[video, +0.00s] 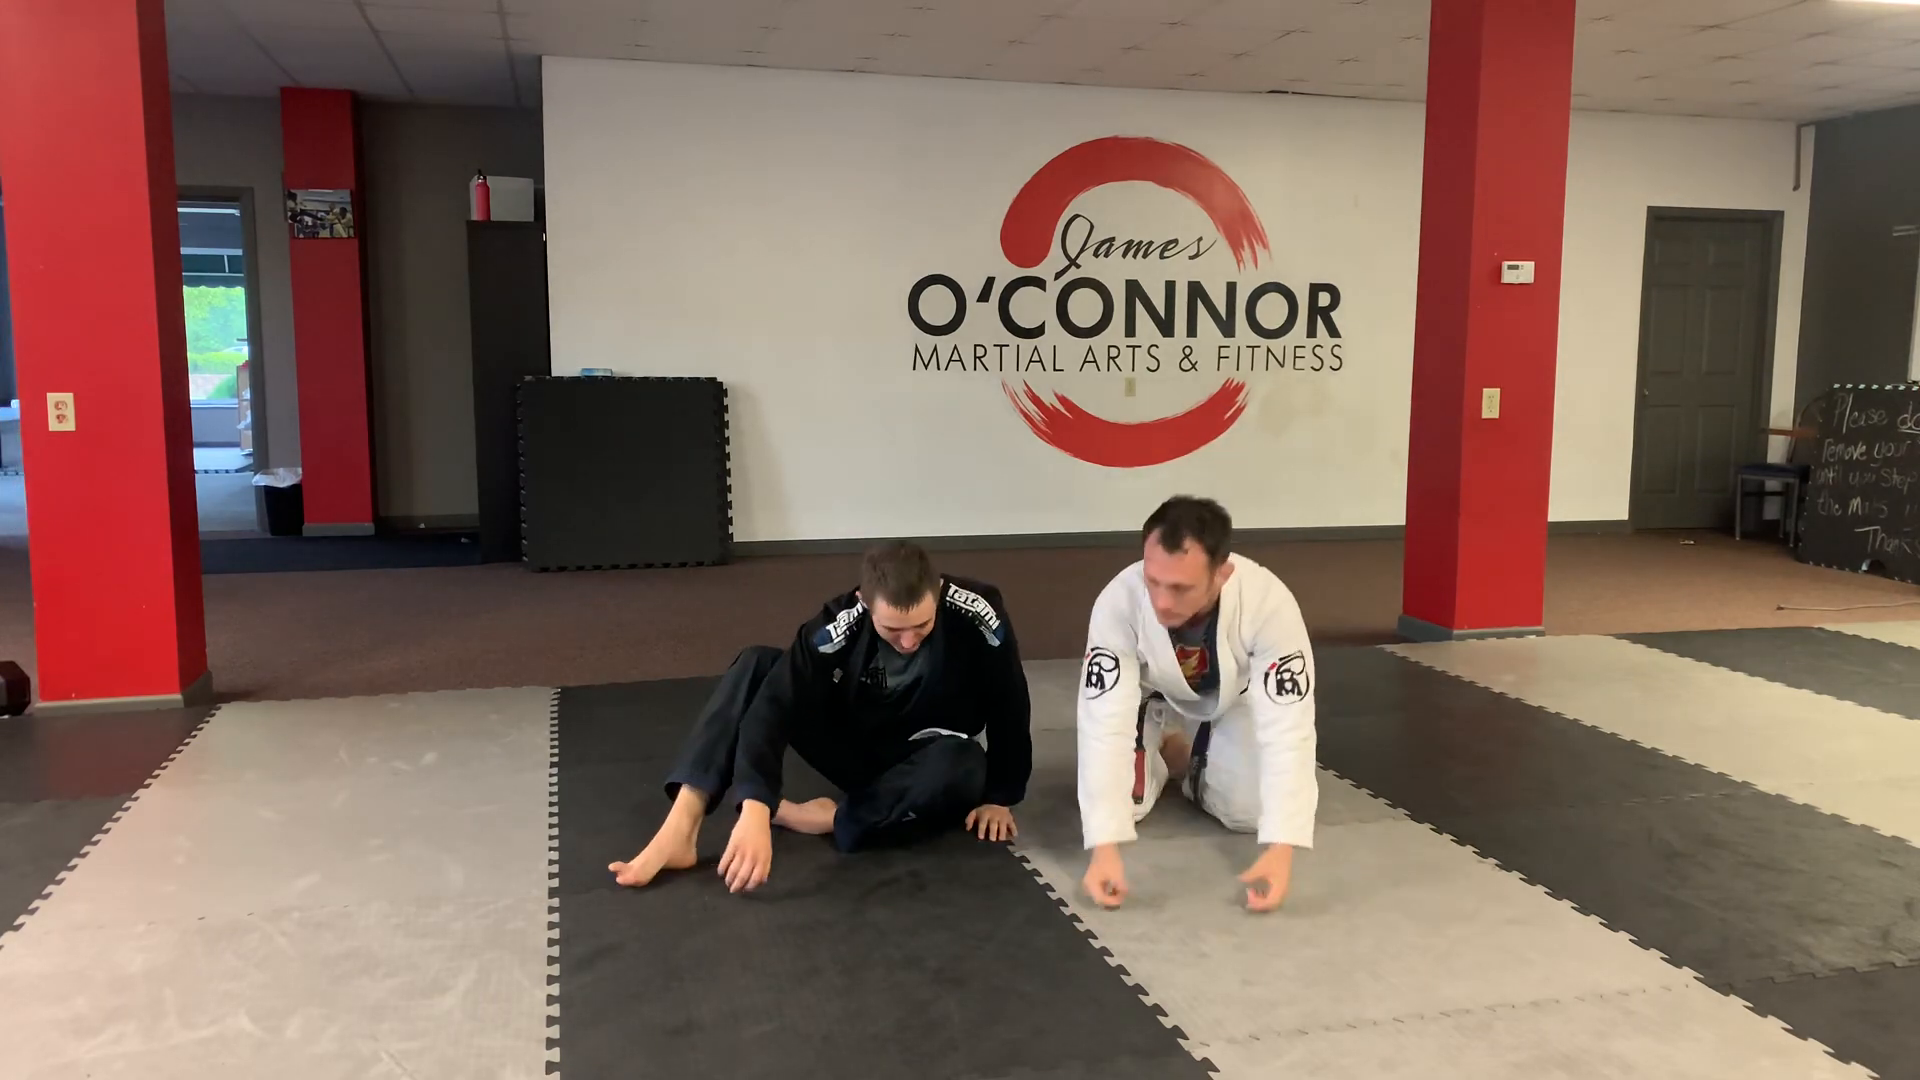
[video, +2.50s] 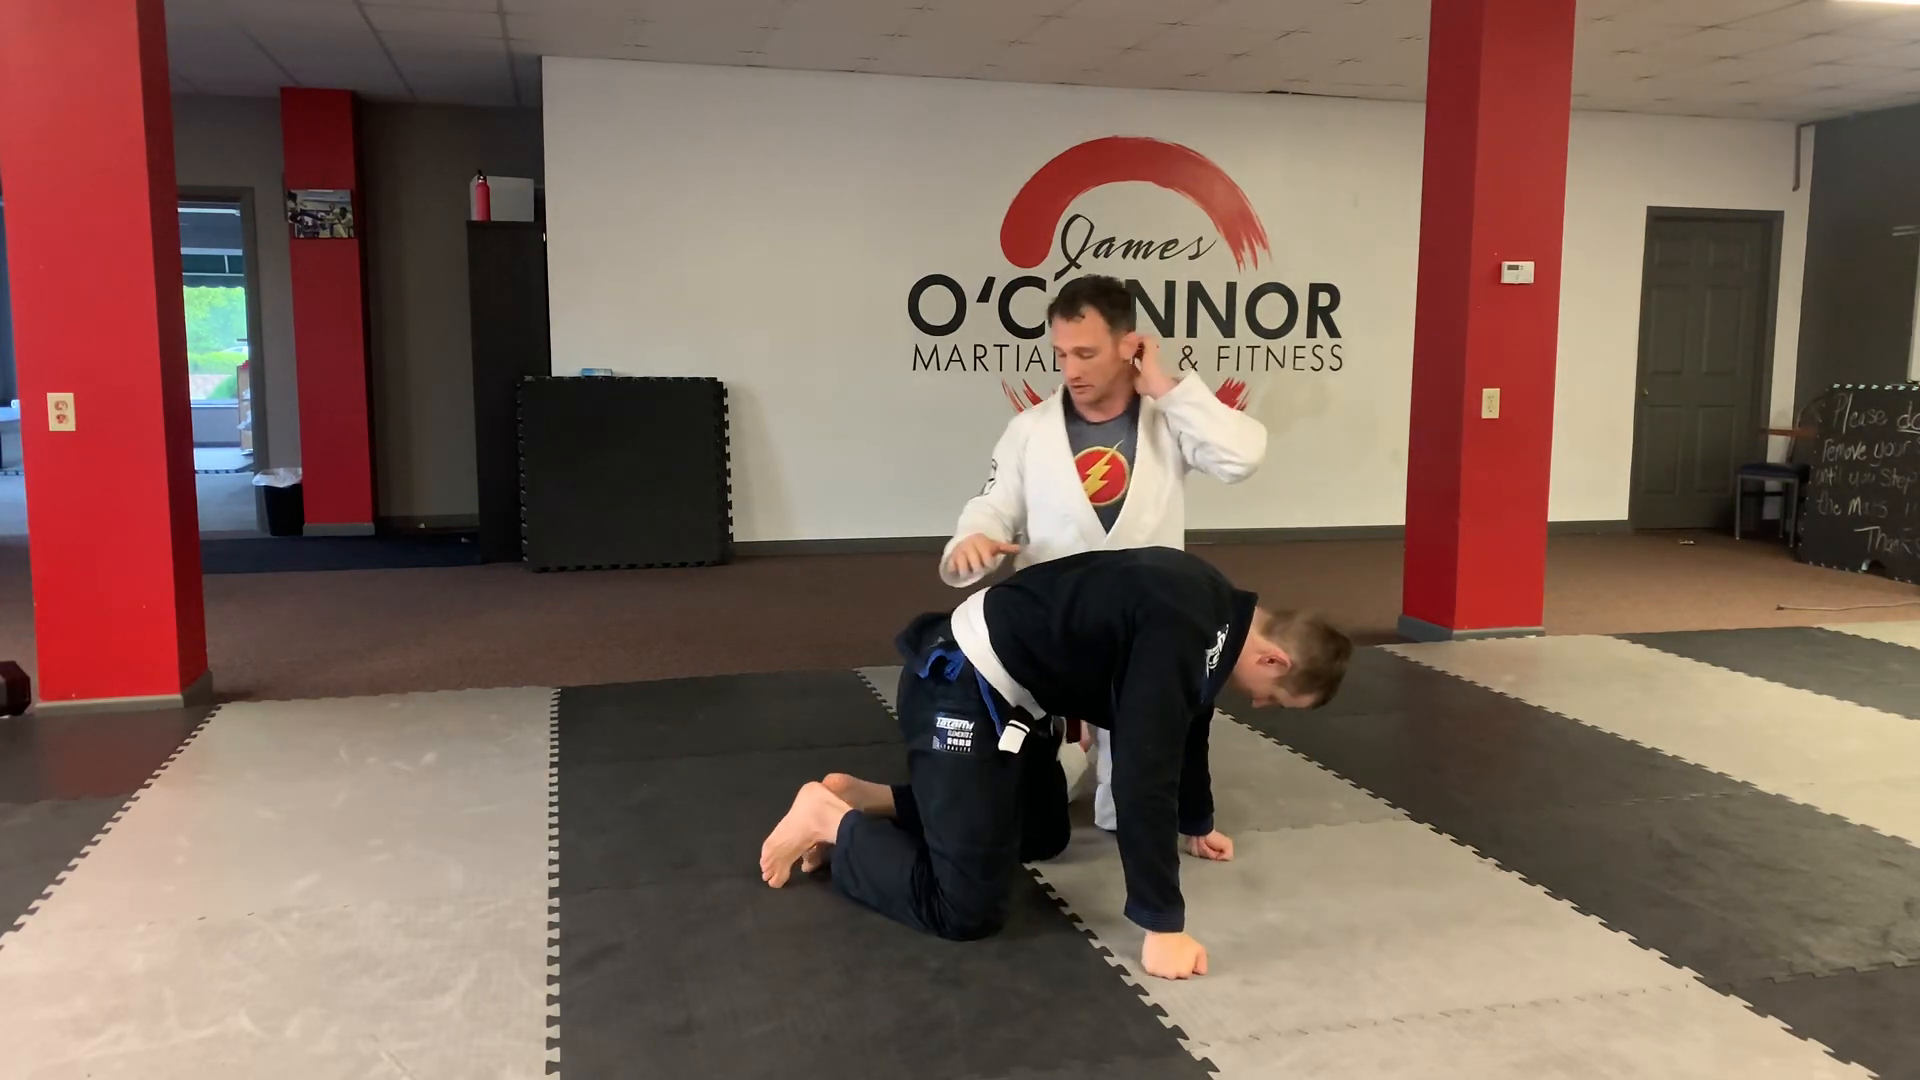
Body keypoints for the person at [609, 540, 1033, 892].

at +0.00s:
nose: (909, 640)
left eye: (920, 628)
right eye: (893, 630)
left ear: (936, 597)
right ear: (867, 605)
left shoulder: (978, 617)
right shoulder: (839, 625)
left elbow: (1012, 712)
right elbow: (769, 713)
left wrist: (1002, 798)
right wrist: (755, 814)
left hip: (920, 755)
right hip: (846, 741)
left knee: (958, 767)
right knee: (757, 665)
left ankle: (835, 816)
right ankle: (680, 828)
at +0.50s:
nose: (1050, 656)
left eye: (1062, 648)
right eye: (1048, 640)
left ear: (1064, 629)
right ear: (1021, 597)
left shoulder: (1041, 640)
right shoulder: (933, 595)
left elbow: (1017, 725)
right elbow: (886, 714)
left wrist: (1001, 806)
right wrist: (913, 837)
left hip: (929, 728)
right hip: (854, 691)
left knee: (973, 839)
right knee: (763, 681)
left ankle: (832, 828)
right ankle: (688, 838)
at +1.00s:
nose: (1187, 693)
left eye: (1202, 689)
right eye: (1199, 681)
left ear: (1185, 630)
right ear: (1185, 640)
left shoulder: (1124, 621)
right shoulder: (1100, 620)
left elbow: (1048, 741)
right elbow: (1042, 756)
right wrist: (1042, 891)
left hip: (961, 724)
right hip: (913, 719)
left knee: (1068, 820)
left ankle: (906, 836)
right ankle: (814, 873)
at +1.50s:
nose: (1204, 687)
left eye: (1216, 682)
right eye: (1213, 676)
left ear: (1197, 633)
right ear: (1195, 642)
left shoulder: (1144, 611)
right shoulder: (1113, 625)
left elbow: (1110, 728)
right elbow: (1092, 775)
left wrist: (1154, 802)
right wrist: (1139, 909)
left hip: (981, 726)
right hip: (921, 729)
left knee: (1069, 832)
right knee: (1002, 925)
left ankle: (899, 825)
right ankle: (849, 861)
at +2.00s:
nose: (1251, 715)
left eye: (1262, 711)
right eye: (1262, 706)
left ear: (1258, 652)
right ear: (1255, 664)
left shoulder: (1214, 614)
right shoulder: (1158, 625)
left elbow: (1188, 723)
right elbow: (1133, 784)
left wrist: (1197, 819)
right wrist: (1159, 926)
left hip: (1027, 696)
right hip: (961, 682)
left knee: (1066, 832)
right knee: (975, 896)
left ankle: (890, 821)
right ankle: (832, 828)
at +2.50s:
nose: (1261, 709)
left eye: (1273, 705)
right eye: (1275, 700)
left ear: (1273, 646)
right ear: (1269, 660)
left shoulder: (1217, 613)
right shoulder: (1177, 627)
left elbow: (1189, 728)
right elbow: (1142, 784)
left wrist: (1196, 823)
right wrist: (1162, 923)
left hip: (1019, 696)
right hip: (962, 685)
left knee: (1041, 832)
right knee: (965, 906)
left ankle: (865, 800)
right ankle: (827, 822)